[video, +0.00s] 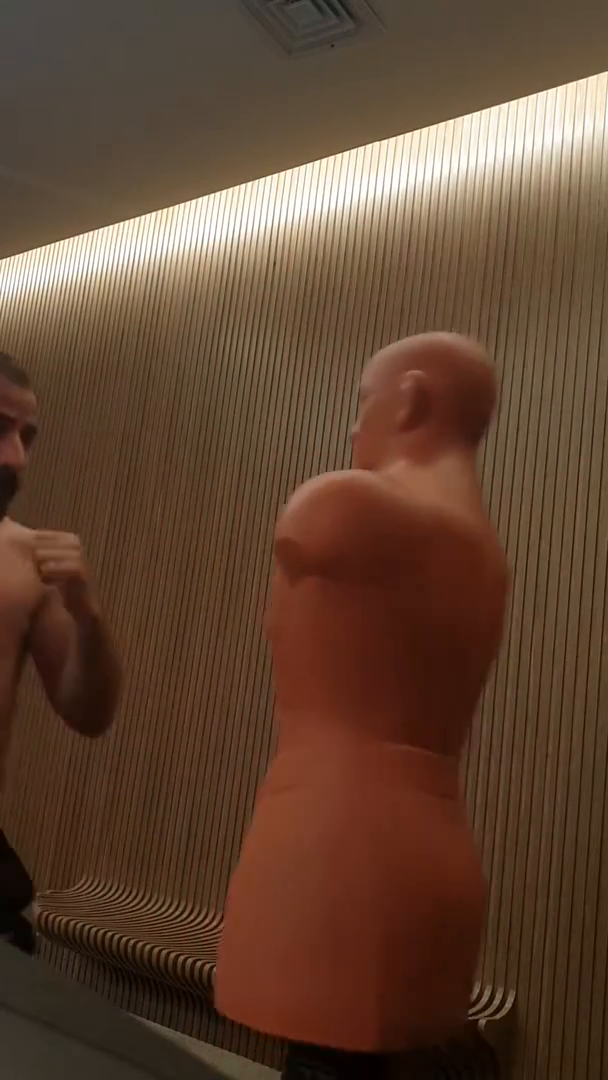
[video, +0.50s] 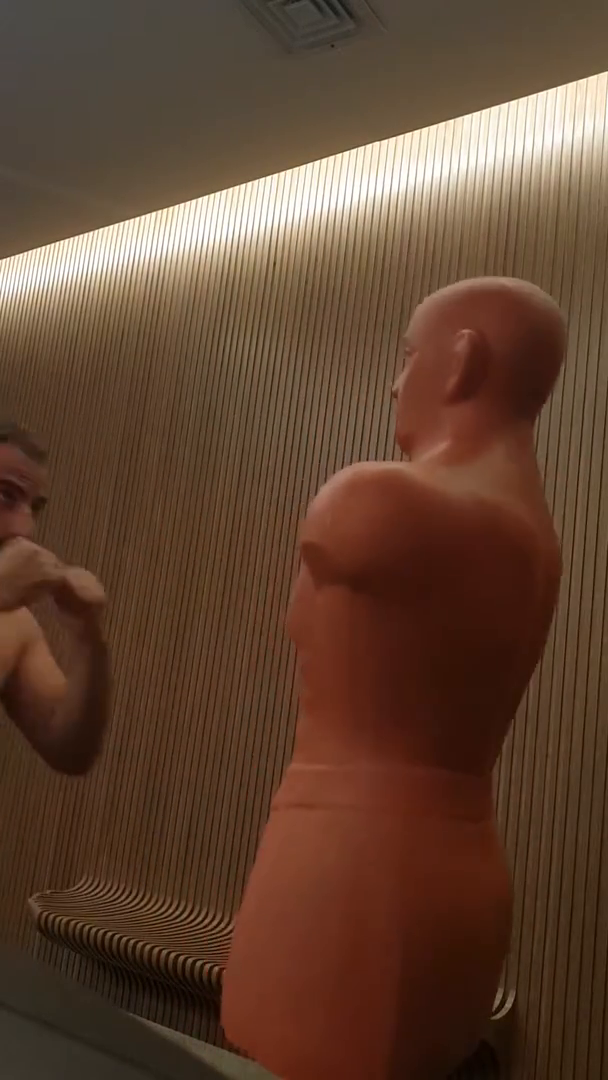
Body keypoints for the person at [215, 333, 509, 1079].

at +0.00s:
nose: (356, 421)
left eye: (364, 401)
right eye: (359, 403)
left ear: (412, 402)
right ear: (474, 425)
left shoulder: (337, 507)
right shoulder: (485, 549)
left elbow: (297, 532)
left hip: (332, 854)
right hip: (435, 847)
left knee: (315, 1062)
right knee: (415, 1062)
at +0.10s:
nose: (322, 421)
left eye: (330, 400)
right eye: (324, 401)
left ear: (375, 401)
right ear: (441, 424)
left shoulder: (309, 507)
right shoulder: (456, 545)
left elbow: (263, 540)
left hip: (313, 849)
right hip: (418, 838)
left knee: (298, 1059)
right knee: (381, 1056)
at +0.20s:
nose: (324, 408)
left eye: (331, 384)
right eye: (326, 386)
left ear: (378, 385)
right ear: (445, 406)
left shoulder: (309, 502)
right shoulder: (461, 540)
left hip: (311, 857)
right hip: (420, 845)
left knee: (278, 1063)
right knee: (391, 1060)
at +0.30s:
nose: (354, 386)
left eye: (364, 361)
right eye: (357, 364)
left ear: (415, 367)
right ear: (482, 390)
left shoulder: (332, 501)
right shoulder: (493, 536)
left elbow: (274, 625)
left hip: (322, 874)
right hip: (438, 865)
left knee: (287, 1065)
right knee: (400, 1065)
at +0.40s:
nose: (389, 381)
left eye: (404, 350)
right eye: (396, 354)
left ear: (457, 357)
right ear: (521, 383)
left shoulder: (363, 507)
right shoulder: (527, 540)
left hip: (341, 888)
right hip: (451, 877)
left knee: (292, 1064)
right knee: (408, 1064)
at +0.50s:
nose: (397, 384)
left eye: (410, 357)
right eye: (403, 359)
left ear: (462, 363)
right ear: (528, 390)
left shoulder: (374, 507)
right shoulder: (532, 542)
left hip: (348, 883)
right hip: (453, 873)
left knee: (297, 1065)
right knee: (410, 1065)